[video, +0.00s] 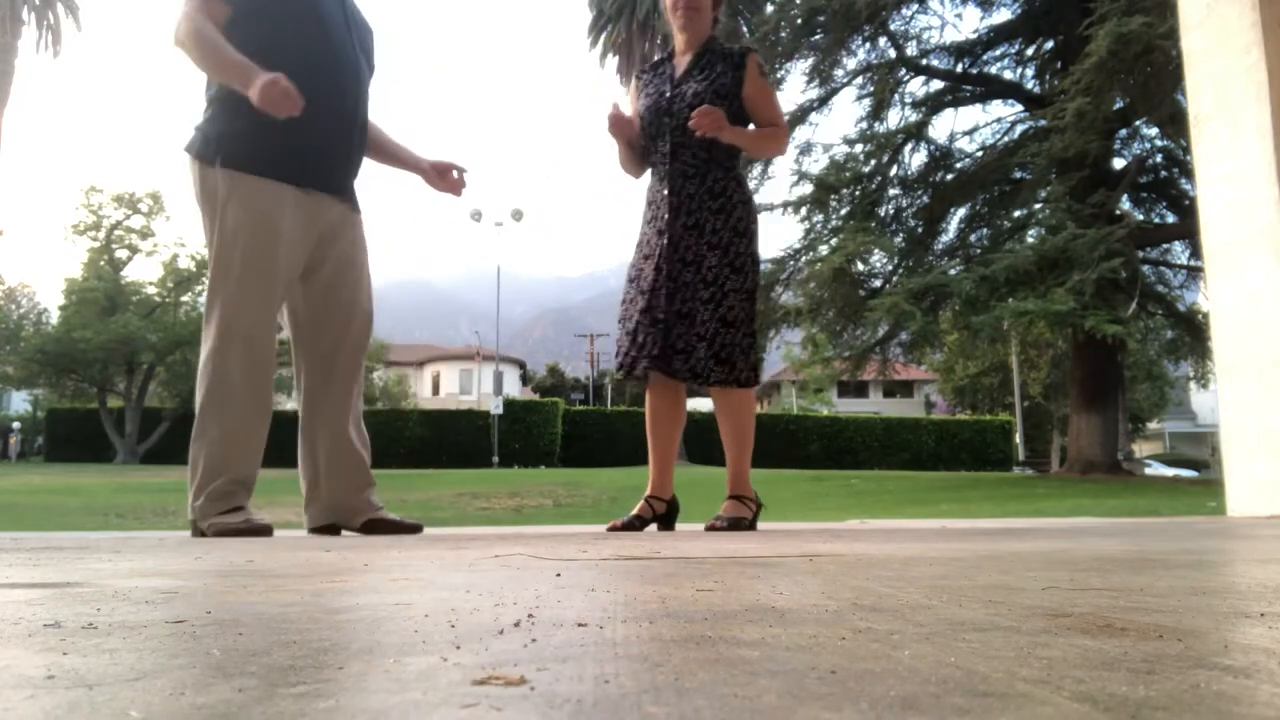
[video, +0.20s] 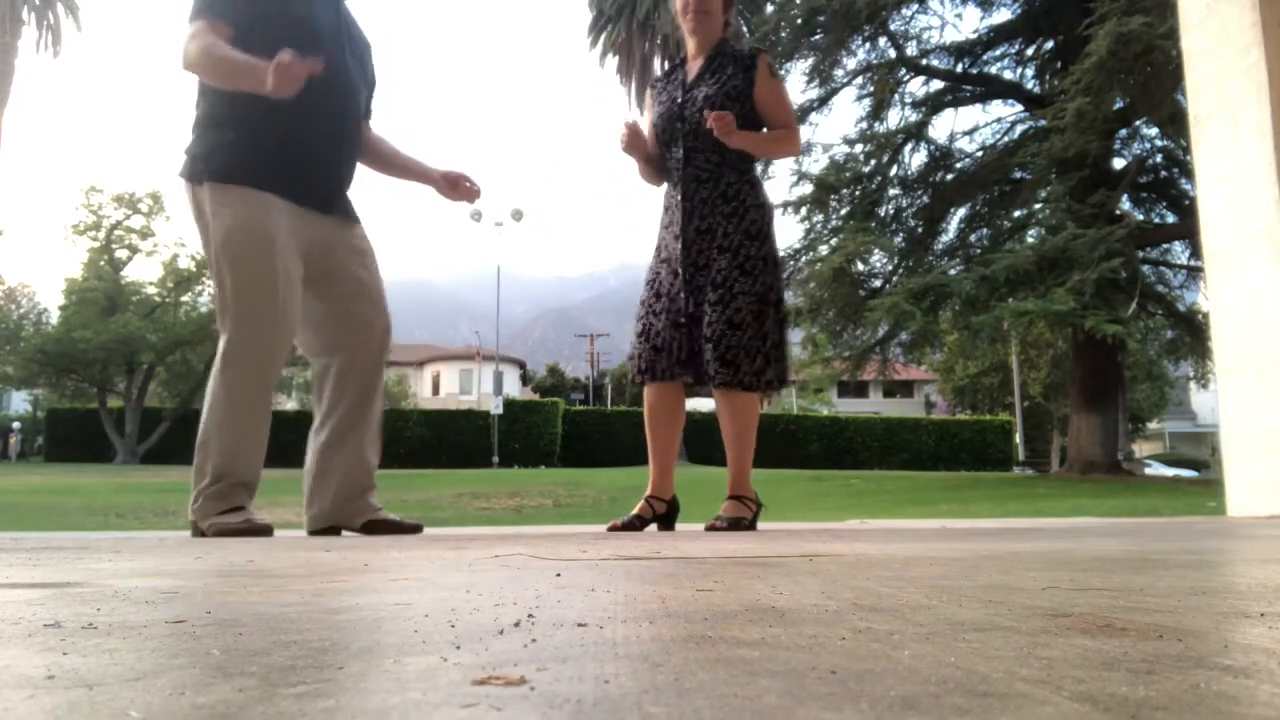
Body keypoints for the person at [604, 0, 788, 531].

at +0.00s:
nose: (681, 5)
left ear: (714, 6)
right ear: (663, 8)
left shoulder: (739, 63)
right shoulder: (648, 77)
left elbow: (777, 138)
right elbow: (637, 167)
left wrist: (730, 132)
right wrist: (626, 140)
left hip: (721, 220)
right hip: (664, 220)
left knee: (727, 354)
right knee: (662, 355)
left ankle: (741, 497)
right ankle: (658, 496)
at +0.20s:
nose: (690, 5)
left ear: (724, 7)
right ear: (673, 10)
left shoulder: (749, 65)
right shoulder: (664, 82)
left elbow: (790, 140)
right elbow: (658, 174)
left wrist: (740, 138)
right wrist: (643, 152)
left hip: (736, 227)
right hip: (679, 228)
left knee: (732, 353)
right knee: (659, 352)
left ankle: (741, 496)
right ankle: (659, 496)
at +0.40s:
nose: (692, 3)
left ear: (727, 6)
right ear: (674, 9)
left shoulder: (753, 60)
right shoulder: (669, 80)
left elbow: (790, 132)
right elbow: (669, 171)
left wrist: (736, 126)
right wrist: (639, 149)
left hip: (743, 221)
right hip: (687, 223)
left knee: (742, 350)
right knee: (662, 346)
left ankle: (742, 495)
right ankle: (669, 488)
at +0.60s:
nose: (685, 5)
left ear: (722, 10)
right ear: (668, 11)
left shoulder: (742, 65)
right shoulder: (662, 88)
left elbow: (779, 142)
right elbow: (655, 174)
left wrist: (728, 127)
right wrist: (619, 150)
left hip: (741, 225)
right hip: (687, 231)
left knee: (746, 352)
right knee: (664, 354)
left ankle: (742, 495)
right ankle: (692, 493)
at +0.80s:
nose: (673, 5)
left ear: (712, 6)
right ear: (658, 11)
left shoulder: (736, 60)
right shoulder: (659, 81)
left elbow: (775, 134)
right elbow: (645, 170)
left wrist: (724, 109)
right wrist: (606, 140)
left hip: (724, 221)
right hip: (674, 225)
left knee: (723, 353)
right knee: (672, 360)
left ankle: (745, 490)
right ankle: (694, 494)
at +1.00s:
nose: (661, 7)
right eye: (659, 1)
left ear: (705, 7)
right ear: (660, 14)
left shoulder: (736, 62)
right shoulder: (667, 84)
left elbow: (775, 133)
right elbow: (660, 178)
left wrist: (715, 119)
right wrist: (613, 159)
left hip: (718, 226)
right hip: (672, 227)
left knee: (713, 360)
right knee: (673, 362)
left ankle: (754, 490)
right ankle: (694, 495)